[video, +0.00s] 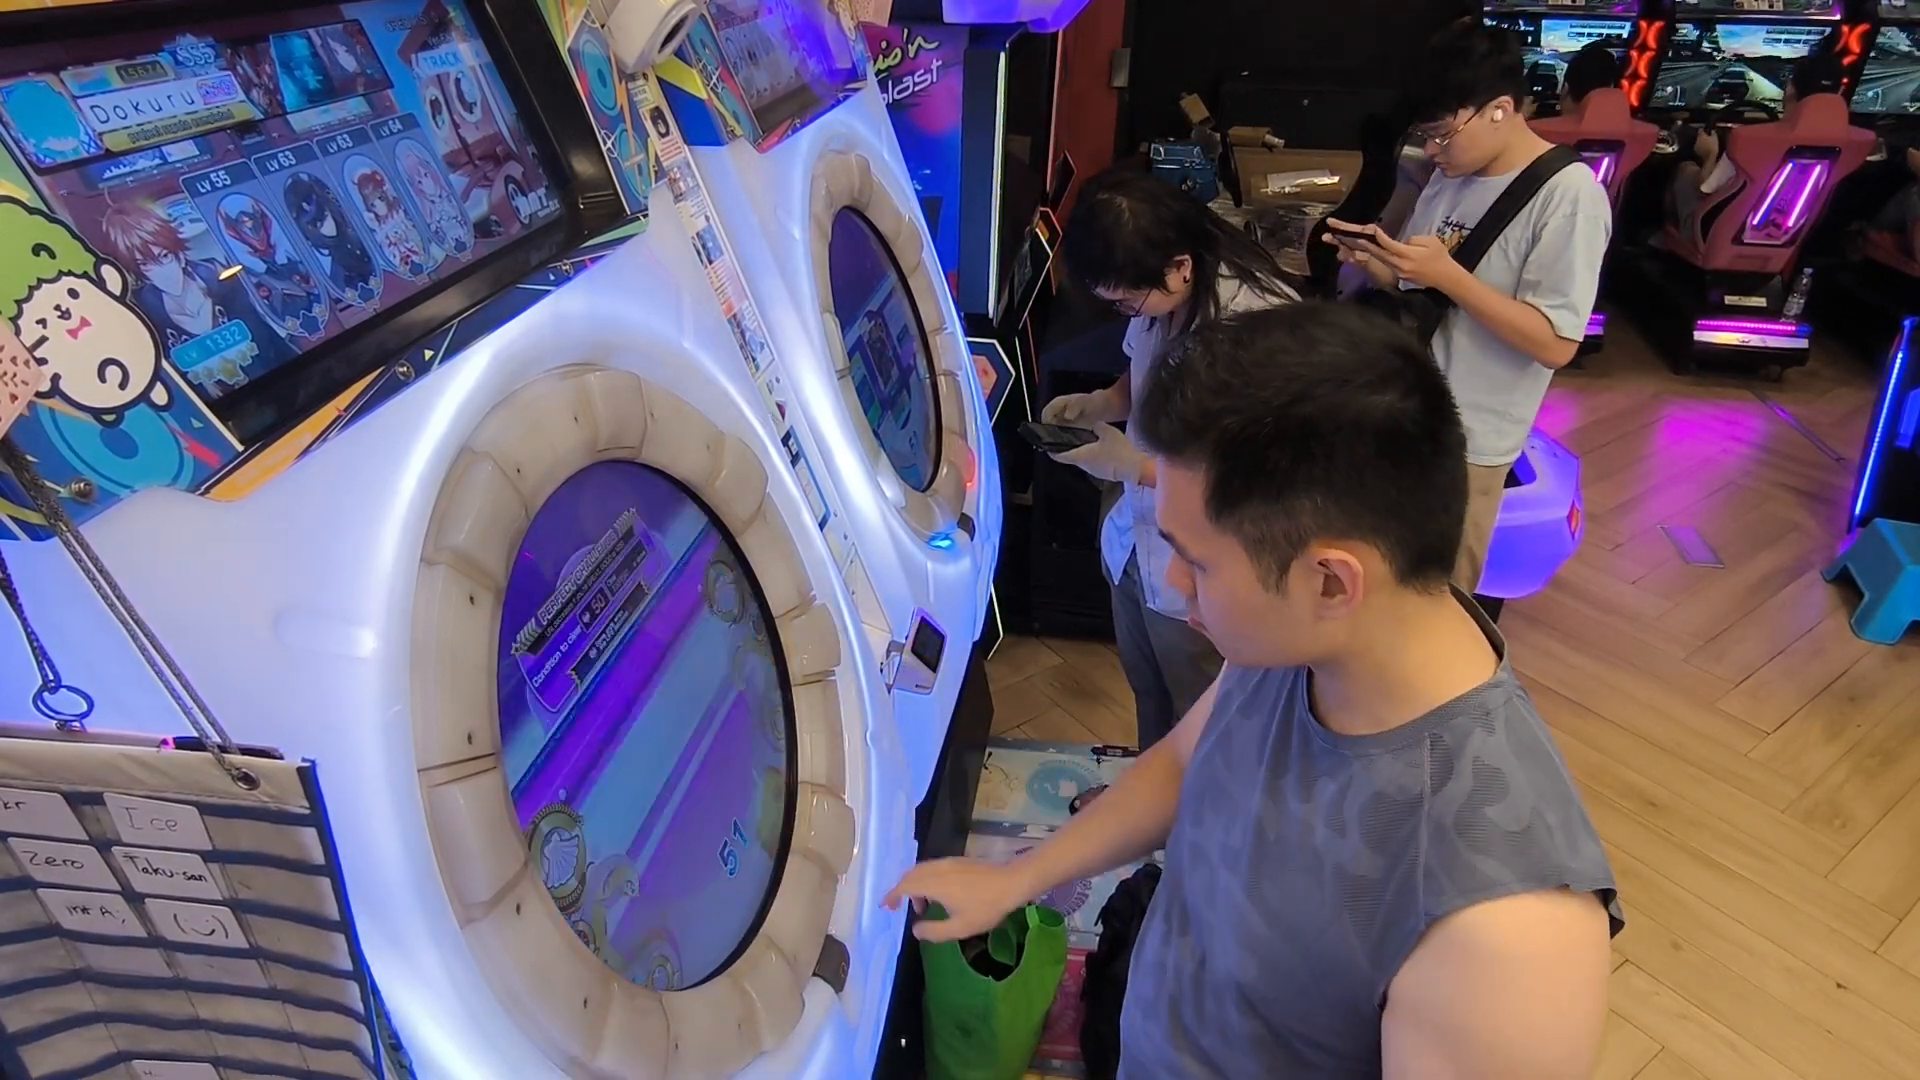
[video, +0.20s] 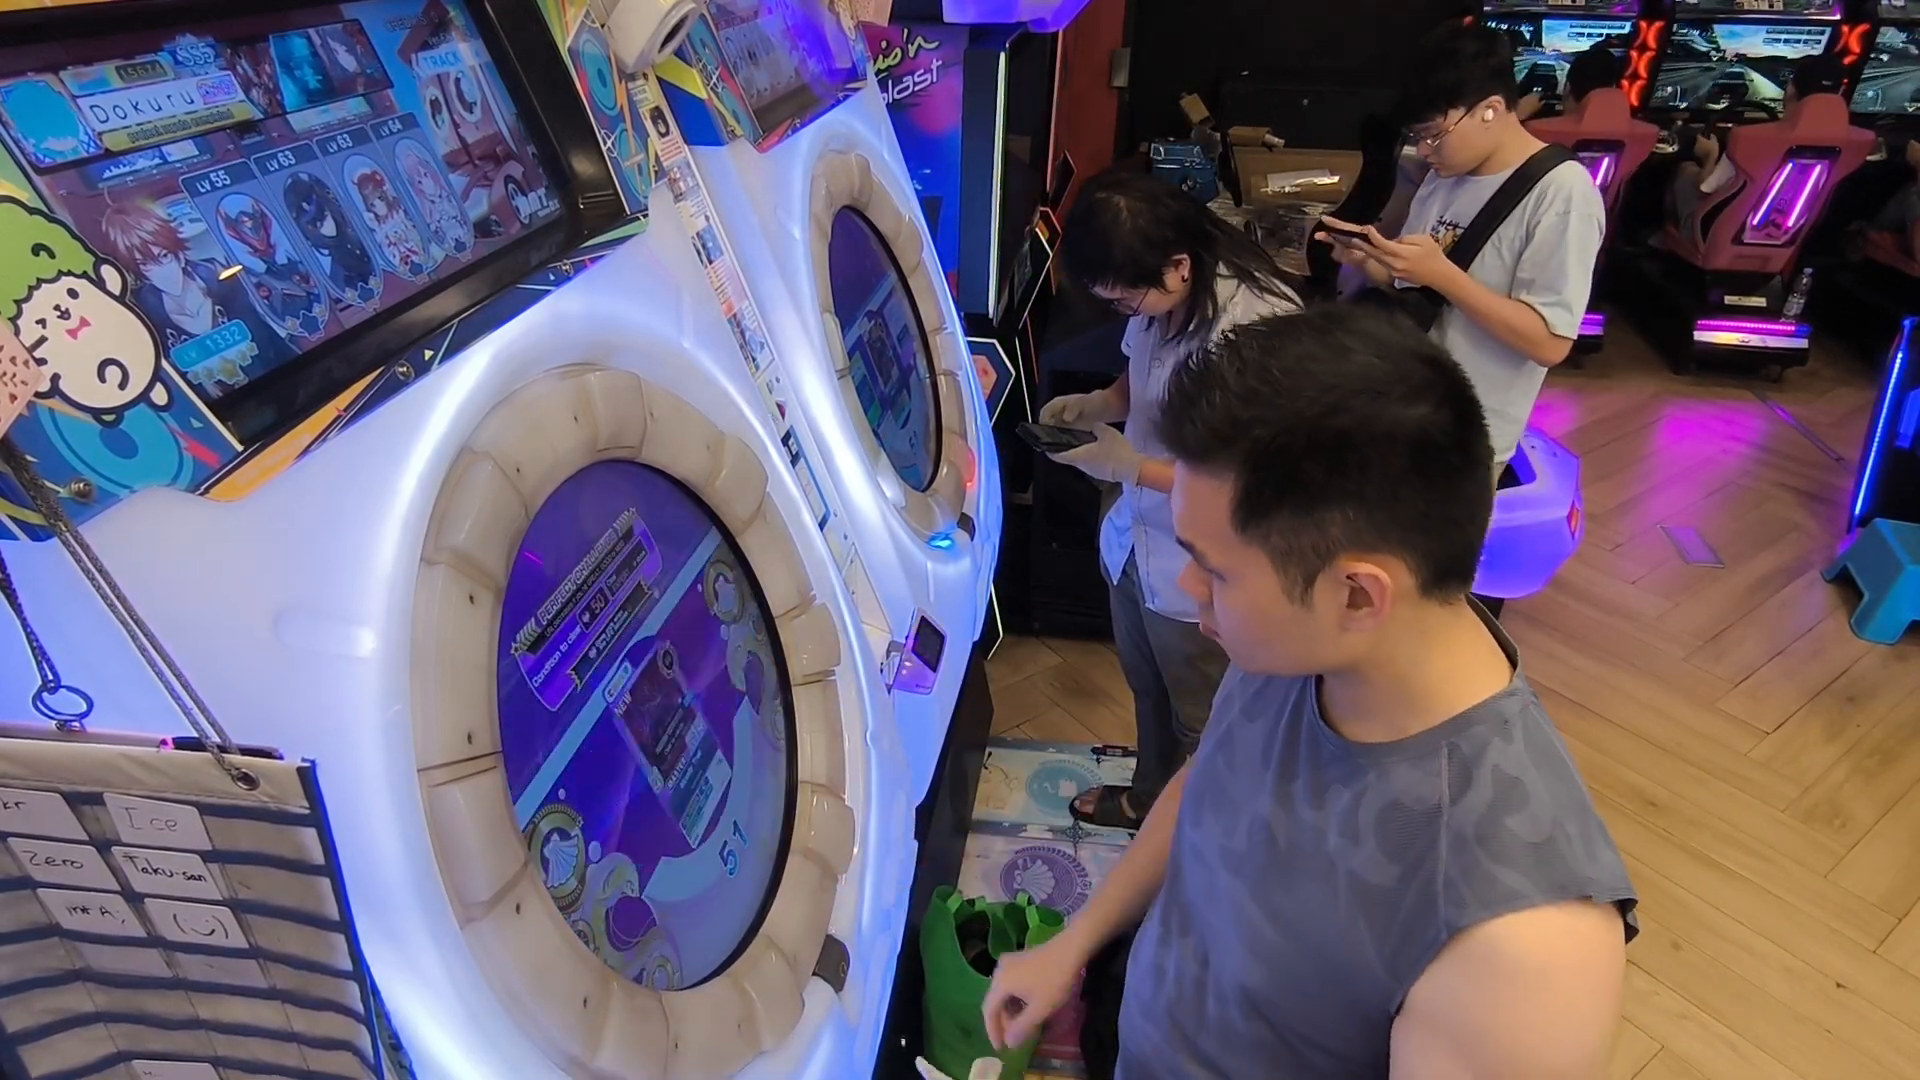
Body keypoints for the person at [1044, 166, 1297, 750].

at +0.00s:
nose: (1121, 311)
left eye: (1127, 299)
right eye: (1111, 301)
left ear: (1180, 269)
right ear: (1175, 267)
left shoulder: (1251, 333)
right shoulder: (1164, 290)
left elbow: (1255, 484)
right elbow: (1144, 383)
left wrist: (1137, 467)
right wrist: (1103, 402)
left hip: (1198, 552)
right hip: (1134, 534)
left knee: (1200, 727)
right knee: (1152, 711)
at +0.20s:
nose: (1120, 309)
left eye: (1128, 296)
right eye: (1111, 298)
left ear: (1179, 269)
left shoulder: (1253, 335)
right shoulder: (1157, 300)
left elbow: (1257, 480)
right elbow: (1148, 389)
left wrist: (1137, 468)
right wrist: (1092, 407)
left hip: (1202, 566)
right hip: (1138, 540)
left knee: (1197, 720)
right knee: (1151, 691)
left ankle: (1197, 839)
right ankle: (1151, 799)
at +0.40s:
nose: (1120, 309)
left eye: (1128, 295)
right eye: (1110, 299)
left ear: (1178, 266)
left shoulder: (1263, 334)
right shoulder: (1154, 300)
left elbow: (1254, 494)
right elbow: (1142, 388)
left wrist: (1135, 469)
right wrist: (1089, 408)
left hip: (1197, 564)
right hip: (1133, 540)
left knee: (1199, 717)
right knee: (1150, 689)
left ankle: (1204, 837)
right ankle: (1152, 797)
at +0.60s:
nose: (1119, 309)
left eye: (1126, 296)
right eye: (1109, 298)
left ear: (1178, 267)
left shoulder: (1260, 337)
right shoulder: (1158, 298)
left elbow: (1259, 489)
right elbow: (1144, 388)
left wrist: (1137, 469)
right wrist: (1087, 410)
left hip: (1197, 566)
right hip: (1133, 539)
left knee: (1200, 717)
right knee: (1150, 686)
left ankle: (1209, 839)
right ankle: (1153, 797)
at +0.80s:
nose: (1123, 309)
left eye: (1130, 295)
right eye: (1113, 298)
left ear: (1180, 267)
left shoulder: (1257, 343)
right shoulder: (1155, 297)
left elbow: (1269, 495)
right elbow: (1141, 389)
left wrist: (1138, 471)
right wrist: (1079, 405)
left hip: (1197, 557)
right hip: (1132, 532)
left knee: (1202, 715)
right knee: (1147, 681)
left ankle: (1223, 842)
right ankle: (1155, 800)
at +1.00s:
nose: (1121, 311)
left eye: (1129, 298)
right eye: (1112, 300)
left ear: (1180, 268)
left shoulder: (1260, 345)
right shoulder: (1158, 297)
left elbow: (1268, 493)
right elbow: (1142, 388)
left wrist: (1139, 471)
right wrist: (1085, 406)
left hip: (1196, 559)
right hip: (1133, 535)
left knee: (1205, 714)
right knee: (1149, 684)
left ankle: (1222, 844)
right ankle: (1156, 800)